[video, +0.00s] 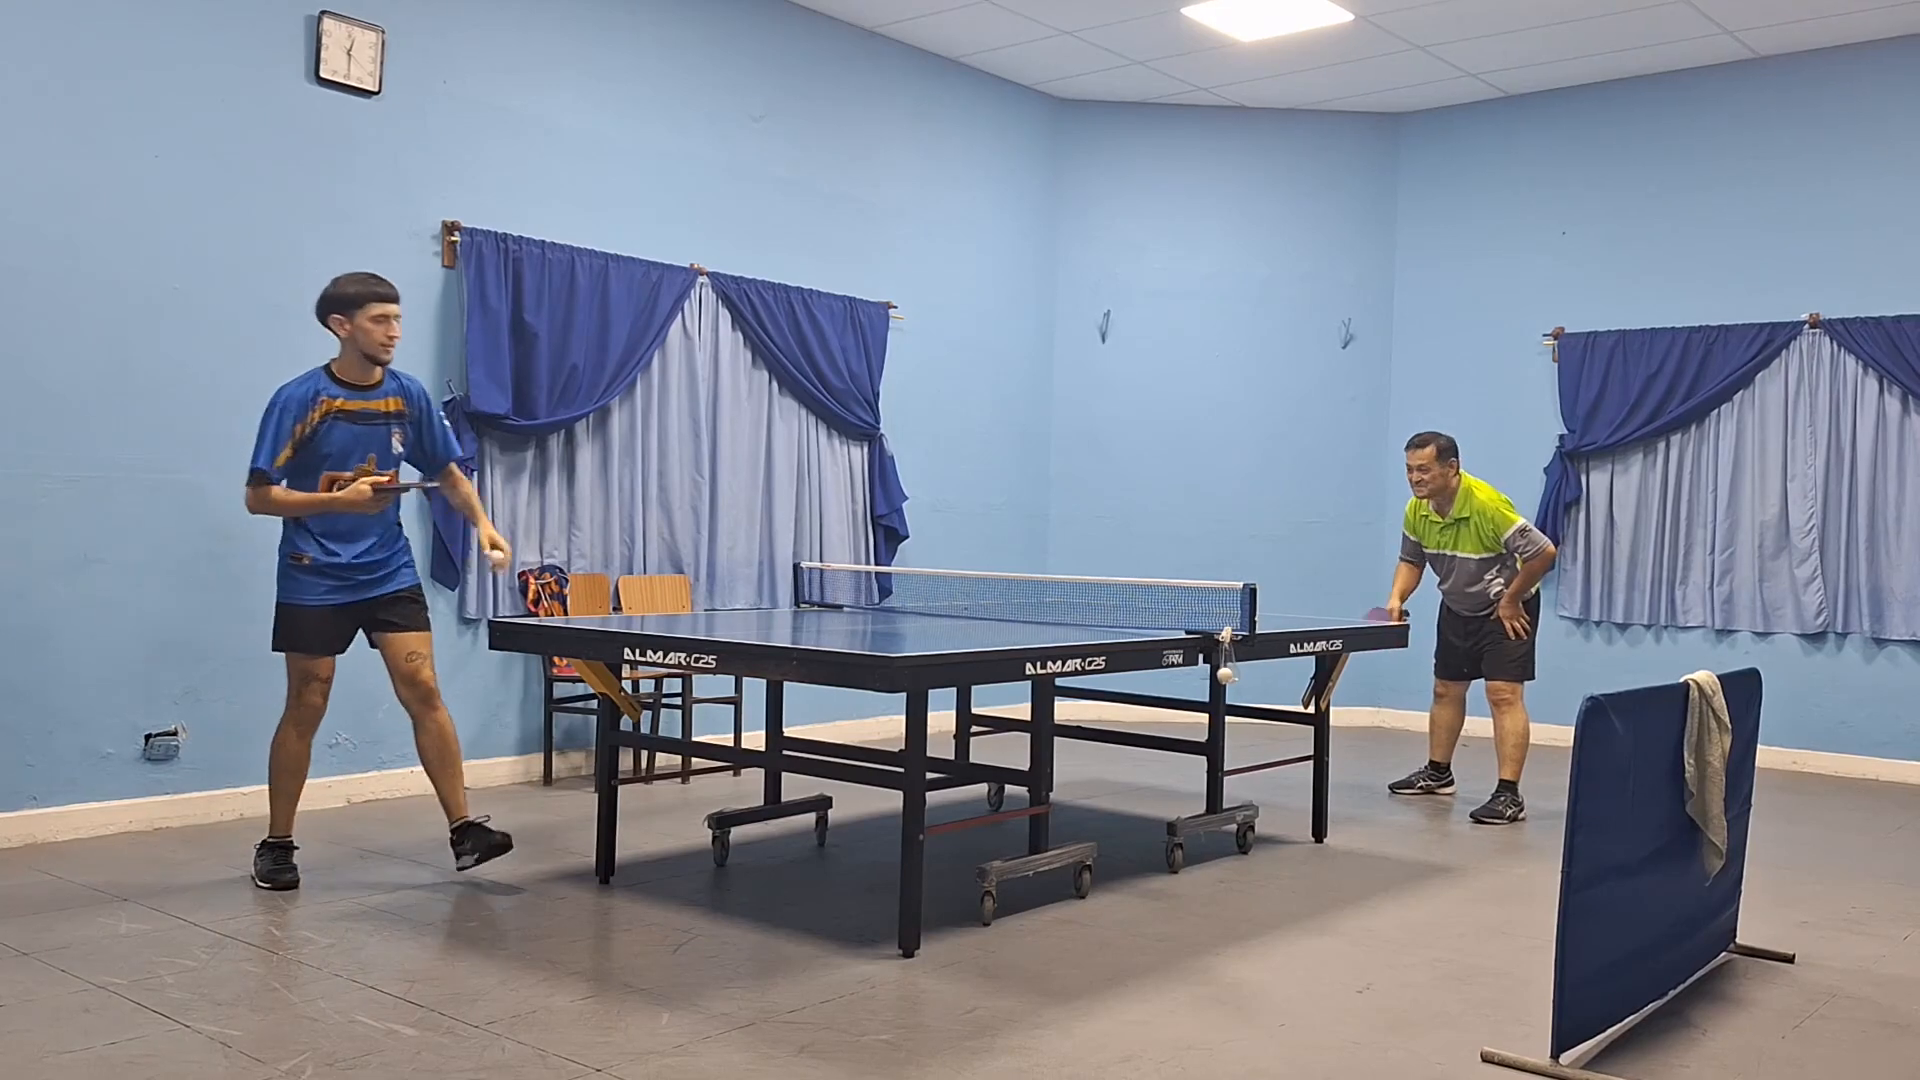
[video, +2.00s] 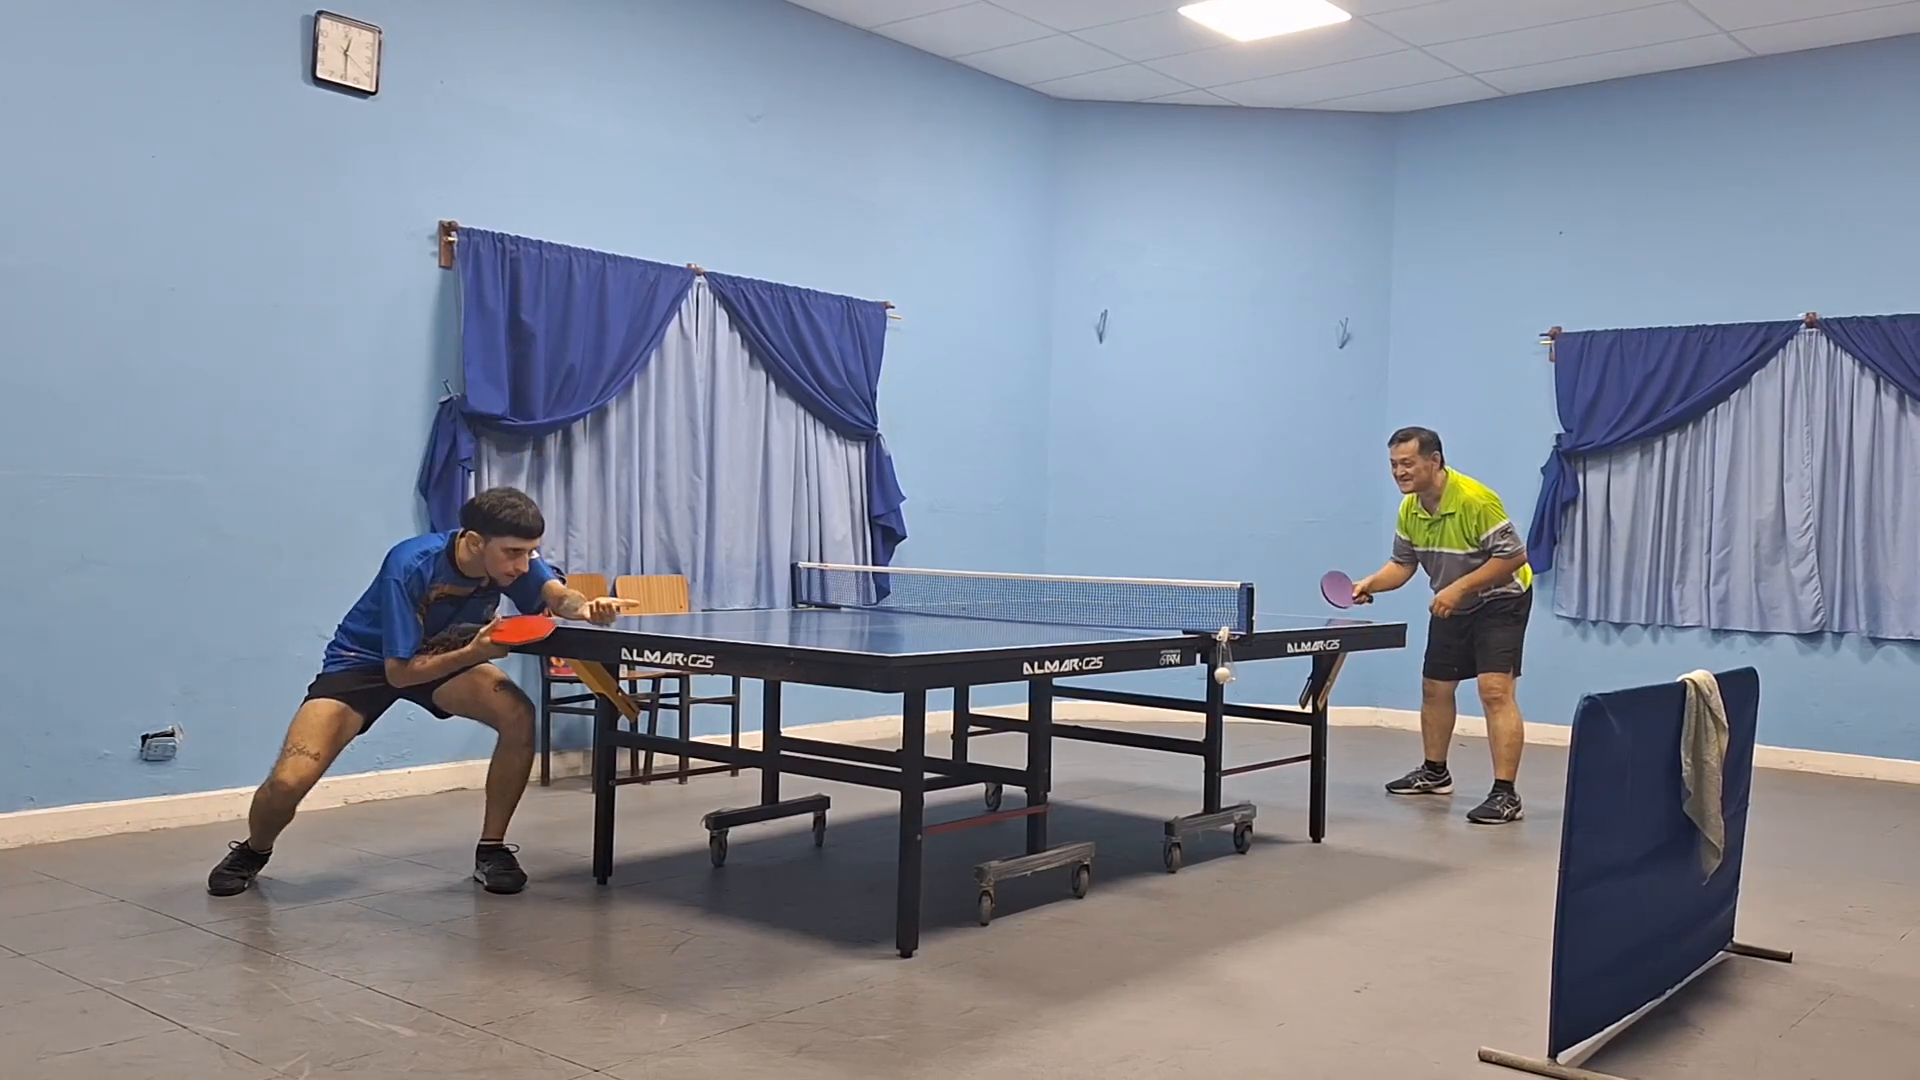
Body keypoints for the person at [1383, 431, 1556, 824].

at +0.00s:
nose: (1415, 477)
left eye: (1423, 469)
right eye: (1410, 469)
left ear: (1451, 470)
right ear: (1407, 471)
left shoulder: (1486, 506)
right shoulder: (1417, 510)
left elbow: (1543, 552)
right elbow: (1411, 561)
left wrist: (1512, 597)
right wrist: (1396, 597)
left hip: (1505, 608)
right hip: (1456, 608)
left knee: (1503, 694)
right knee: (1446, 689)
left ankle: (1508, 793)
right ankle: (1438, 771)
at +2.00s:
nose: (1399, 471)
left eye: (1407, 463)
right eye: (1394, 464)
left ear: (1435, 462)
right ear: (1392, 467)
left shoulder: (1475, 500)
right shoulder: (1409, 509)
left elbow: (1513, 554)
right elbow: (1403, 563)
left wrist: (1460, 589)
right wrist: (1372, 584)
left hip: (1500, 600)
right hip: (1451, 605)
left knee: (1494, 690)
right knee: (1435, 686)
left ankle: (1505, 792)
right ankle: (1435, 770)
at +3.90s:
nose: (1390, 445)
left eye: (1399, 437)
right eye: (1385, 437)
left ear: (1426, 437)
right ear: (1382, 441)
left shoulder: (1469, 483)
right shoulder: (1383, 492)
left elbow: (1501, 542)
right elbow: (1363, 546)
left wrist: (1467, 591)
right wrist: (1338, 560)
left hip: (1466, 608)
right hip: (1404, 607)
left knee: (1479, 699)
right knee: (1374, 689)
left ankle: (1492, 788)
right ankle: (1374, 776)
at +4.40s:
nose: (1404, 468)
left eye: (1415, 460)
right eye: (1397, 459)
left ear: (1438, 460)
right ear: (1389, 457)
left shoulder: (1461, 499)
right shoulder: (1377, 498)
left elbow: (1484, 552)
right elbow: (1344, 528)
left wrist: (1496, 603)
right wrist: (1327, 538)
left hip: (1445, 617)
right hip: (1381, 616)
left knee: (1472, 702)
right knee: (1374, 695)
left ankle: (1485, 788)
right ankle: (1356, 794)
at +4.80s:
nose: (1401, 444)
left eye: (1411, 435)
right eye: (1397, 436)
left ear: (1439, 438)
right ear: (1395, 442)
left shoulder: (1480, 487)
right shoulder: (1396, 495)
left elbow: (1525, 541)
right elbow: (1379, 546)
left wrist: (1484, 591)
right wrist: (1338, 561)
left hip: (1479, 614)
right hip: (1417, 613)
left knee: (1501, 704)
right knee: (1387, 690)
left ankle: (1526, 796)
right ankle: (1356, 786)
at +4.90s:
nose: (1400, 443)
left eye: (1408, 434)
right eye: (1397, 436)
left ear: (1438, 436)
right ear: (1398, 442)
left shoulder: (1471, 479)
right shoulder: (1413, 492)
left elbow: (1502, 535)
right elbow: (1404, 552)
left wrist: (1437, 561)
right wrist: (1362, 572)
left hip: (1489, 608)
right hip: (1432, 608)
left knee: (1503, 704)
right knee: (1391, 682)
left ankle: (1526, 796)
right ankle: (1398, 775)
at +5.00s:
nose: (1399, 458)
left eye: (1405, 449)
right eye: (1395, 452)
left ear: (1433, 446)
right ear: (1395, 457)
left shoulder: (1462, 482)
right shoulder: (1426, 500)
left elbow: (1441, 549)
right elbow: (1426, 571)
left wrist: (1395, 548)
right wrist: (1386, 608)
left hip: (1494, 607)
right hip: (1446, 611)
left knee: (1494, 705)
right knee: (1407, 685)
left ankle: (1528, 797)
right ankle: (1428, 763)